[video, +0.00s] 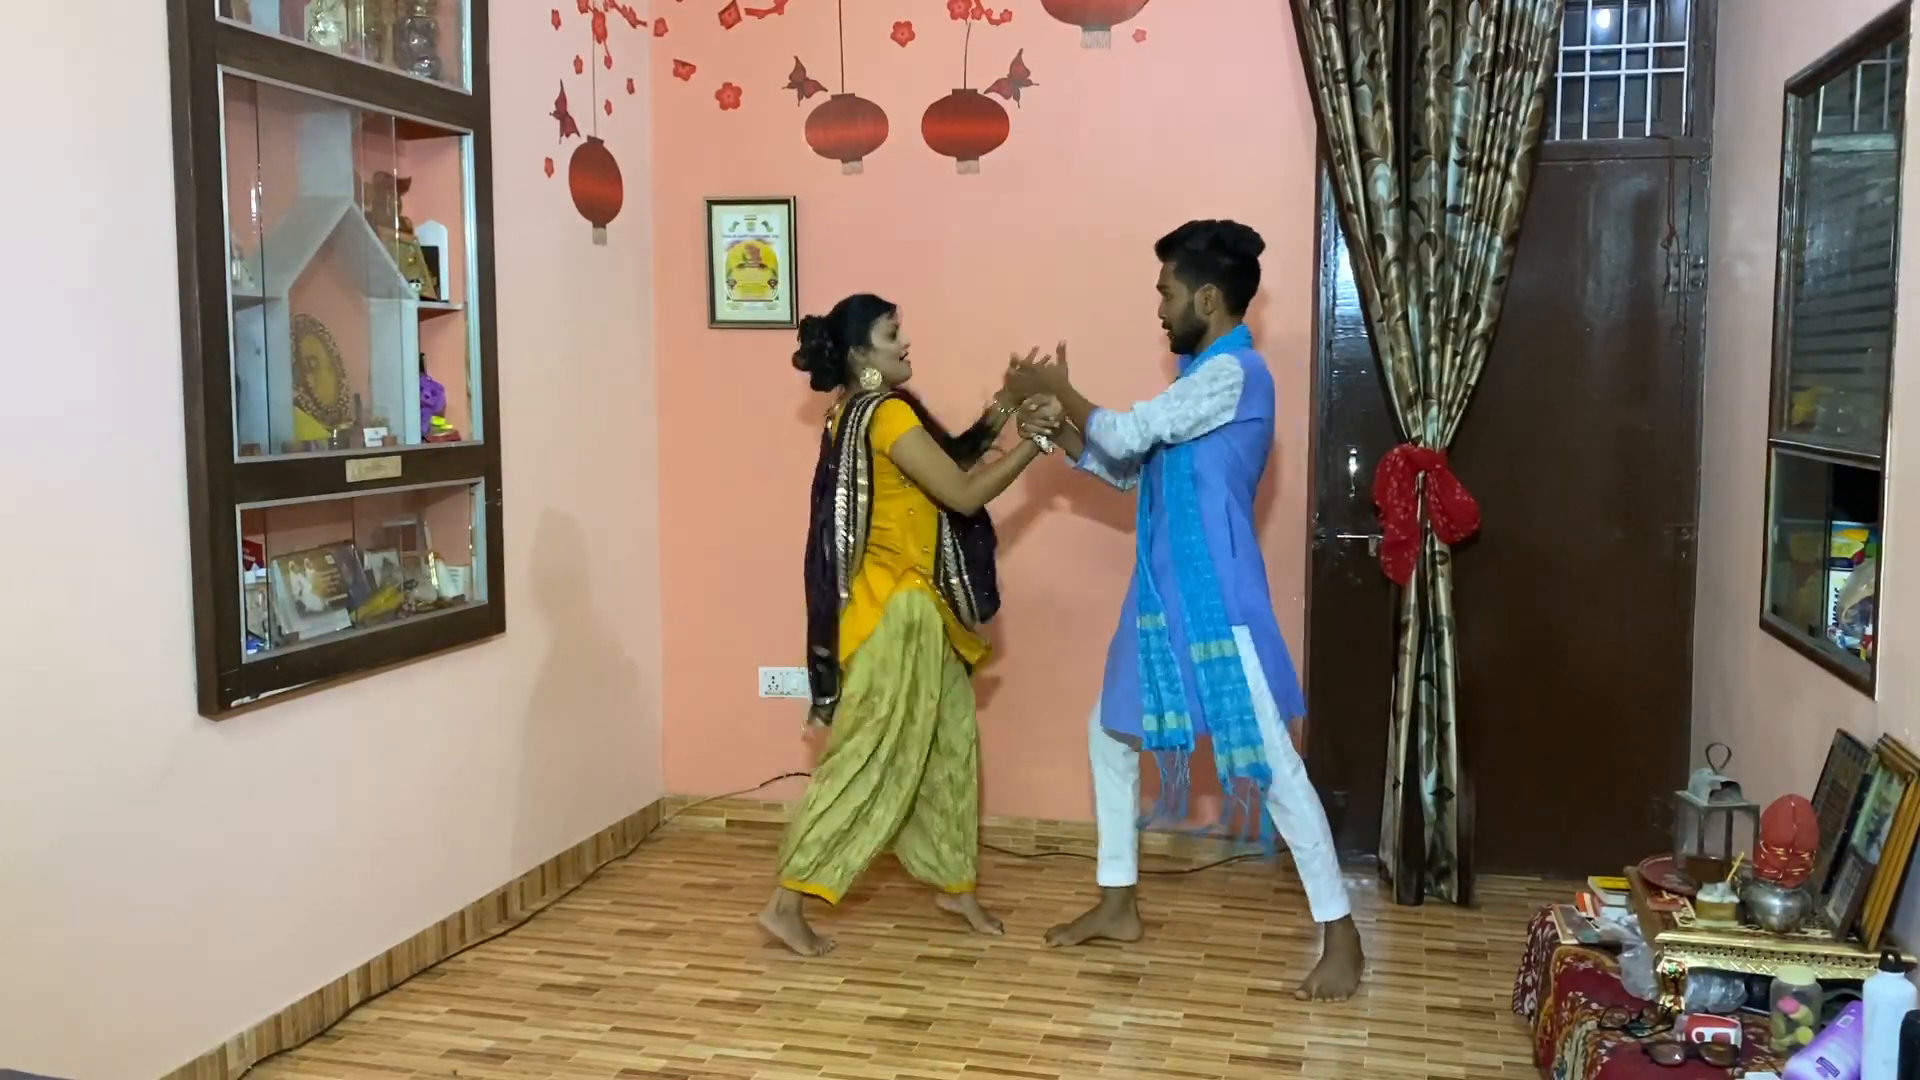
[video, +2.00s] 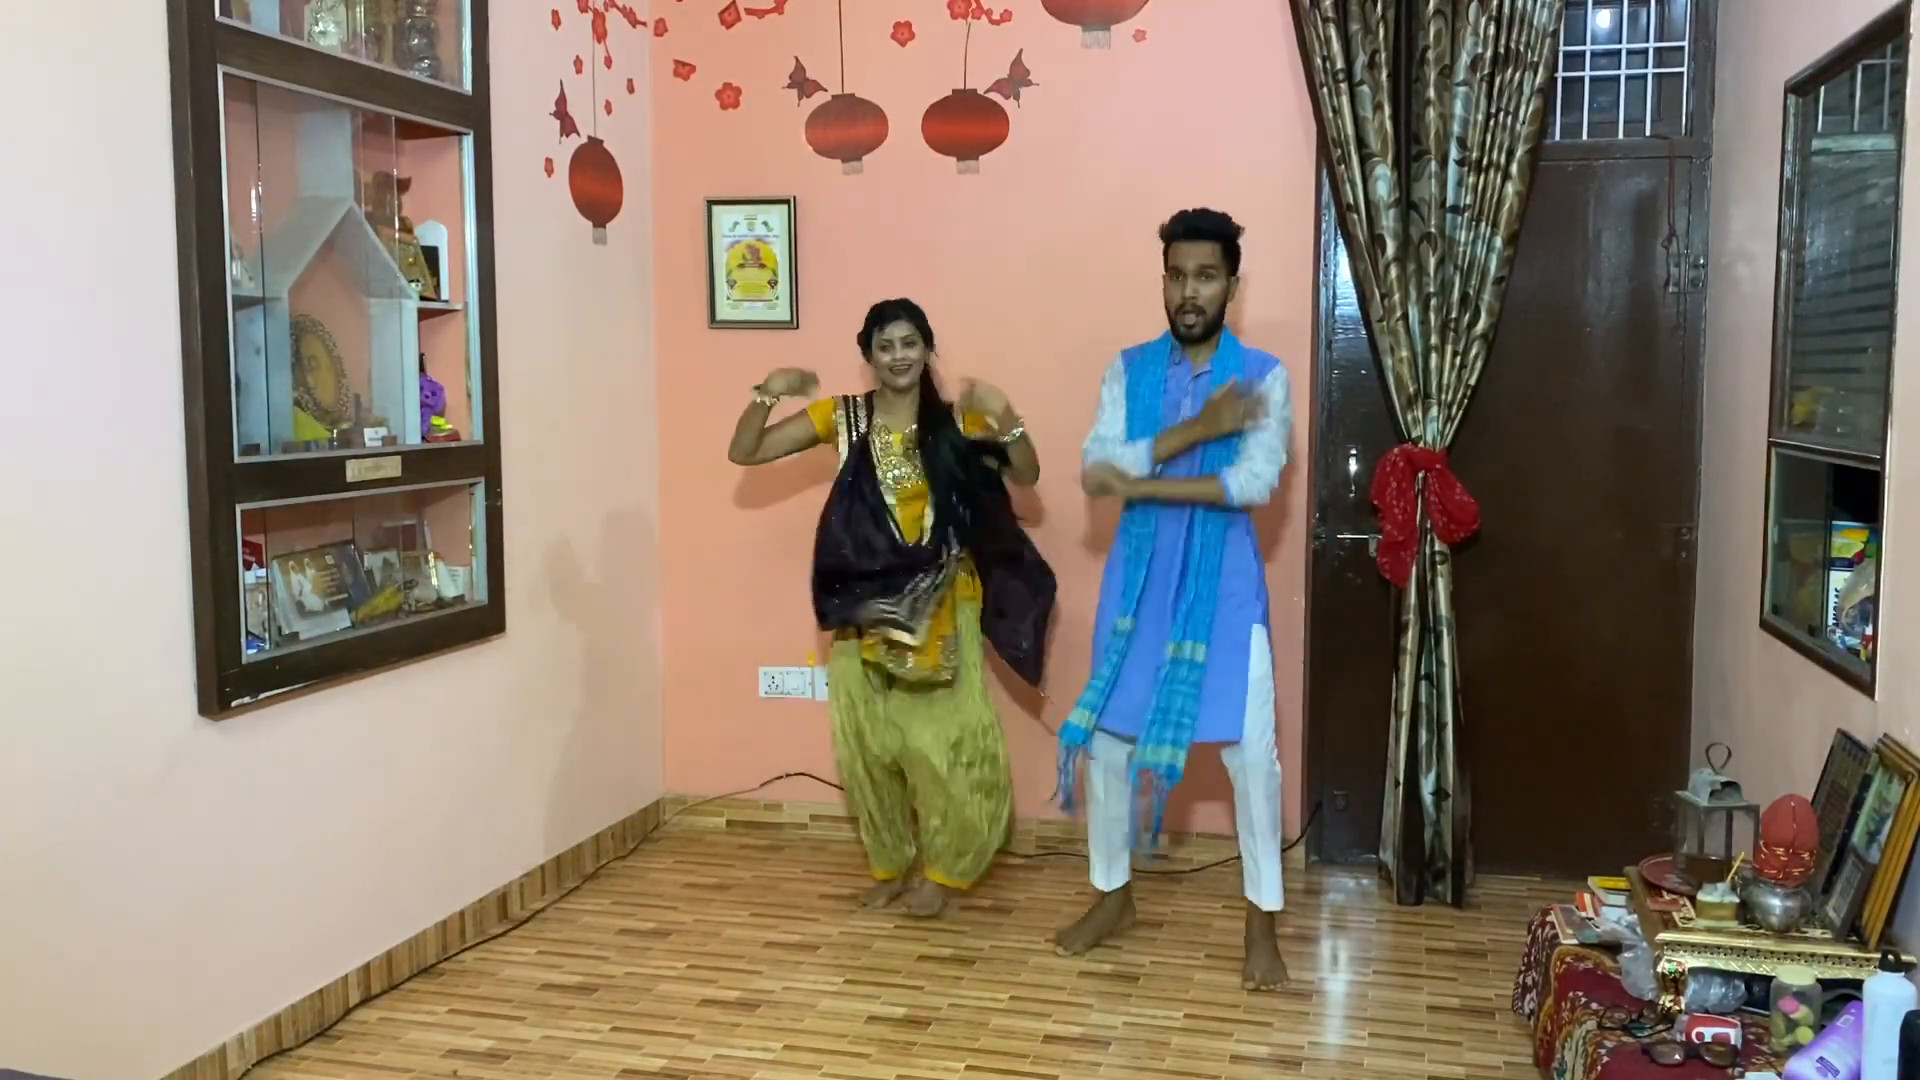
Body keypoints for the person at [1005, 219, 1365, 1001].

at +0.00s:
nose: (1156, 302)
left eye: (1166, 288)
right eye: (1158, 288)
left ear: (1210, 295)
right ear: (1210, 297)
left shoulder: (1235, 371)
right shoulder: (1198, 381)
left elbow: (1128, 435)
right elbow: (1131, 472)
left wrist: (1061, 392)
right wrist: (1055, 431)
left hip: (1219, 598)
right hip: (1159, 597)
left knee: (1271, 757)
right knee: (1110, 734)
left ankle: (1337, 931)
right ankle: (1116, 905)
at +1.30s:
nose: (1091, 295)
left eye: (1102, 283)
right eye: (1094, 281)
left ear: (1144, 297)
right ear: (1136, 296)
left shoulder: (1181, 389)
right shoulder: (1120, 374)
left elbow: (1189, 506)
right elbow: (1103, 435)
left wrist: (1079, 471)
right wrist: (1036, 418)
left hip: (1177, 598)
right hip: (1111, 597)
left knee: (1245, 751)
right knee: (1080, 740)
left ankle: (1327, 915)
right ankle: (1114, 905)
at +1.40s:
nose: (1096, 279)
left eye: (1108, 266)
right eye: (1100, 265)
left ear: (1150, 280)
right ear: (1140, 279)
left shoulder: (1200, 376)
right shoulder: (1105, 351)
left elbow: (1236, 486)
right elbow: (1044, 326)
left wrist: (1122, 500)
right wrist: (984, 290)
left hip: (1185, 582)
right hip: (1109, 581)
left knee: (1228, 737)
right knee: (1110, 733)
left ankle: (1281, 905)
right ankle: (1120, 901)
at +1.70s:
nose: (1115, 287)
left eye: (1129, 275)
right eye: (1119, 273)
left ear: (1175, 285)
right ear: (1156, 284)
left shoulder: (1229, 369)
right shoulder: (1117, 355)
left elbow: (1292, 456)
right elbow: (1018, 355)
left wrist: (1205, 520)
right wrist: (919, 328)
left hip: (1185, 588)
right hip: (1107, 584)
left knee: (1229, 742)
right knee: (1101, 736)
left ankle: (1275, 910)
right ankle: (1119, 904)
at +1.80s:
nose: (1151, 300)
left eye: (1169, 287)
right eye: (1145, 286)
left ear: (1208, 295)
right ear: (1139, 290)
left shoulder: (1244, 390)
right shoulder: (1121, 382)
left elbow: (1260, 502)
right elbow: (1059, 454)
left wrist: (1227, 567)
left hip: (1193, 603)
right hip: (1108, 601)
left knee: (1228, 756)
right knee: (1090, 751)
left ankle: (1255, 922)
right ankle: (1117, 904)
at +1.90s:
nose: (1180, 317)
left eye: (1196, 303)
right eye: (1168, 302)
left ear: (1223, 310)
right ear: (1153, 307)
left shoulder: (1256, 409)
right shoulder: (1123, 404)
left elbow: (1247, 525)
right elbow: (1090, 516)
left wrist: (1189, 595)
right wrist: (1120, 528)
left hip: (1216, 604)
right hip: (1125, 602)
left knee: (1247, 771)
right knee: (1093, 762)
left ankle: (1259, 923)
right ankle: (1106, 904)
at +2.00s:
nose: (1190, 291)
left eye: (1206, 276)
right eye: (1177, 275)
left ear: (1233, 284)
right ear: (1161, 282)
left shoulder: (1262, 375)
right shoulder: (1130, 369)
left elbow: (1252, 483)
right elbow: (1096, 471)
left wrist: (1136, 486)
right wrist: (1200, 428)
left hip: (1226, 585)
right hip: (1141, 583)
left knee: (1250, 747)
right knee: (1108, 738)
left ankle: (1262, 917)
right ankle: (1111, 893)